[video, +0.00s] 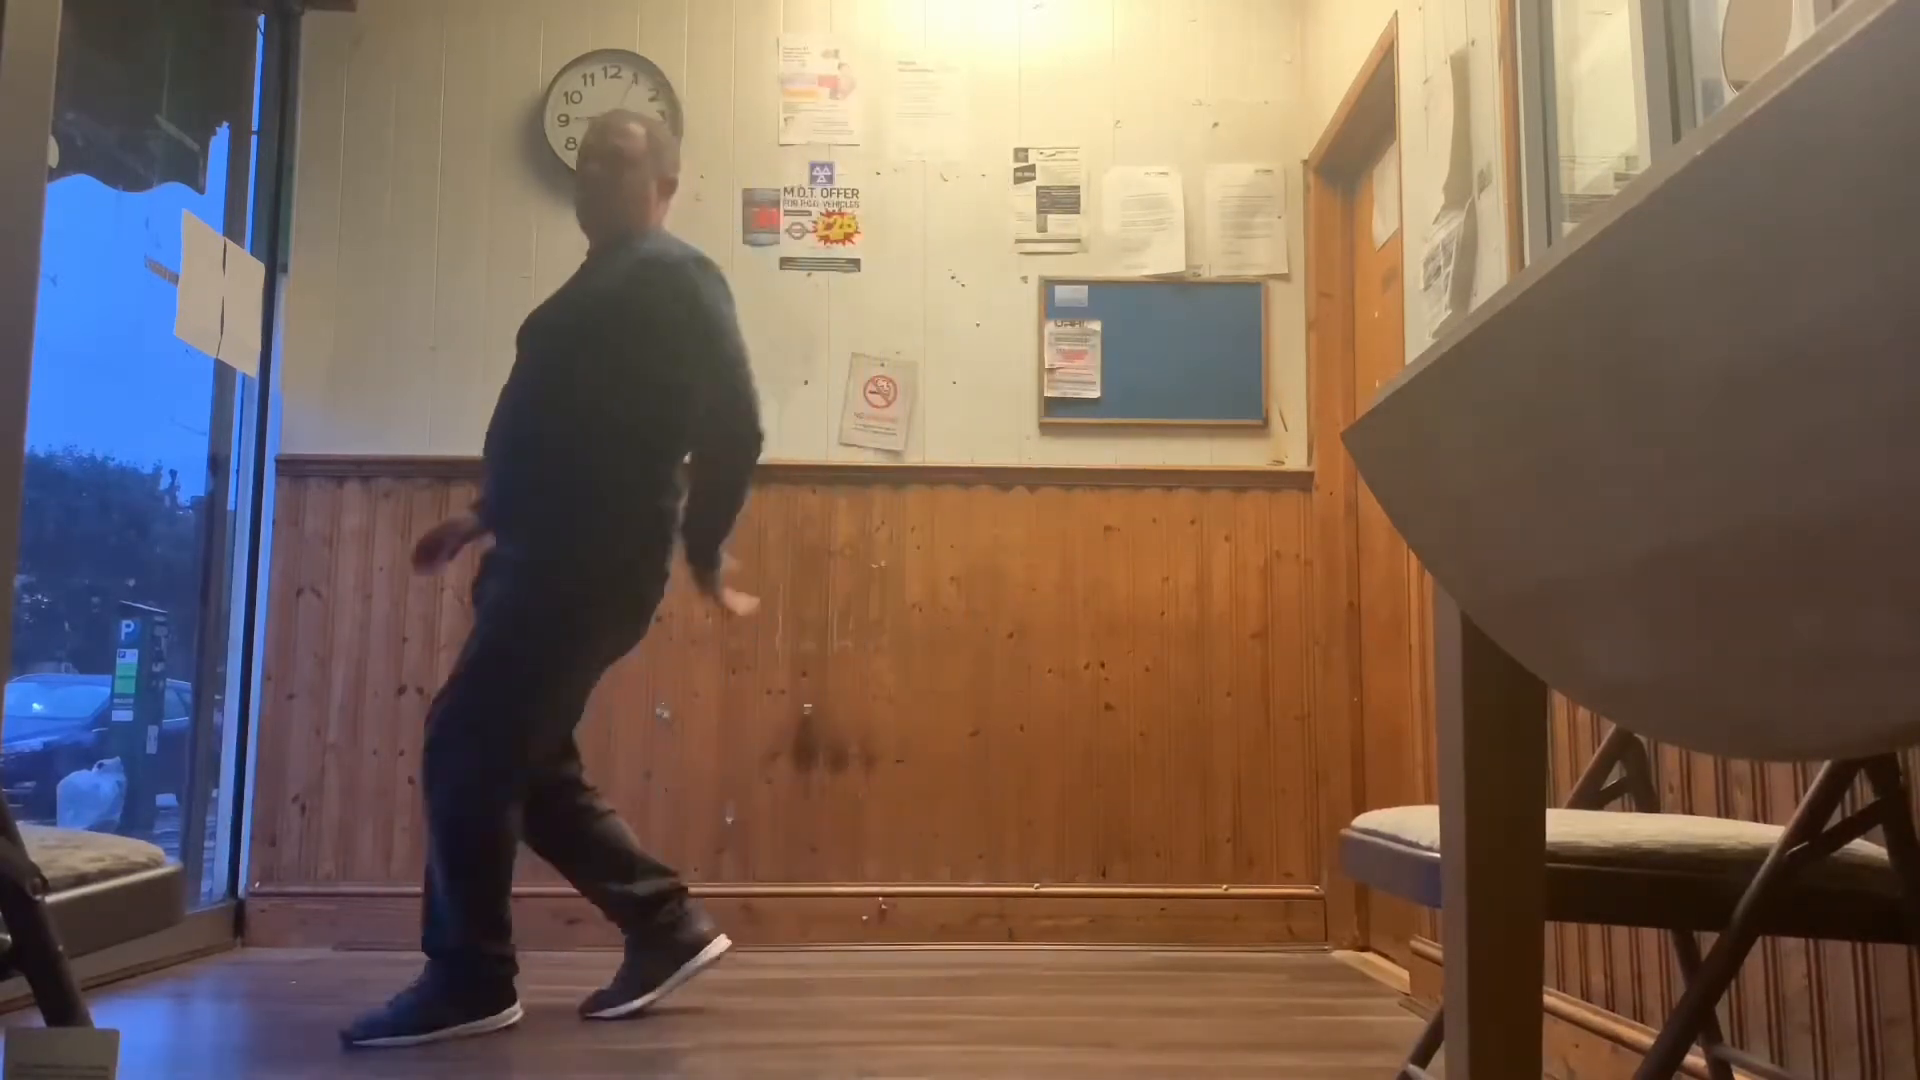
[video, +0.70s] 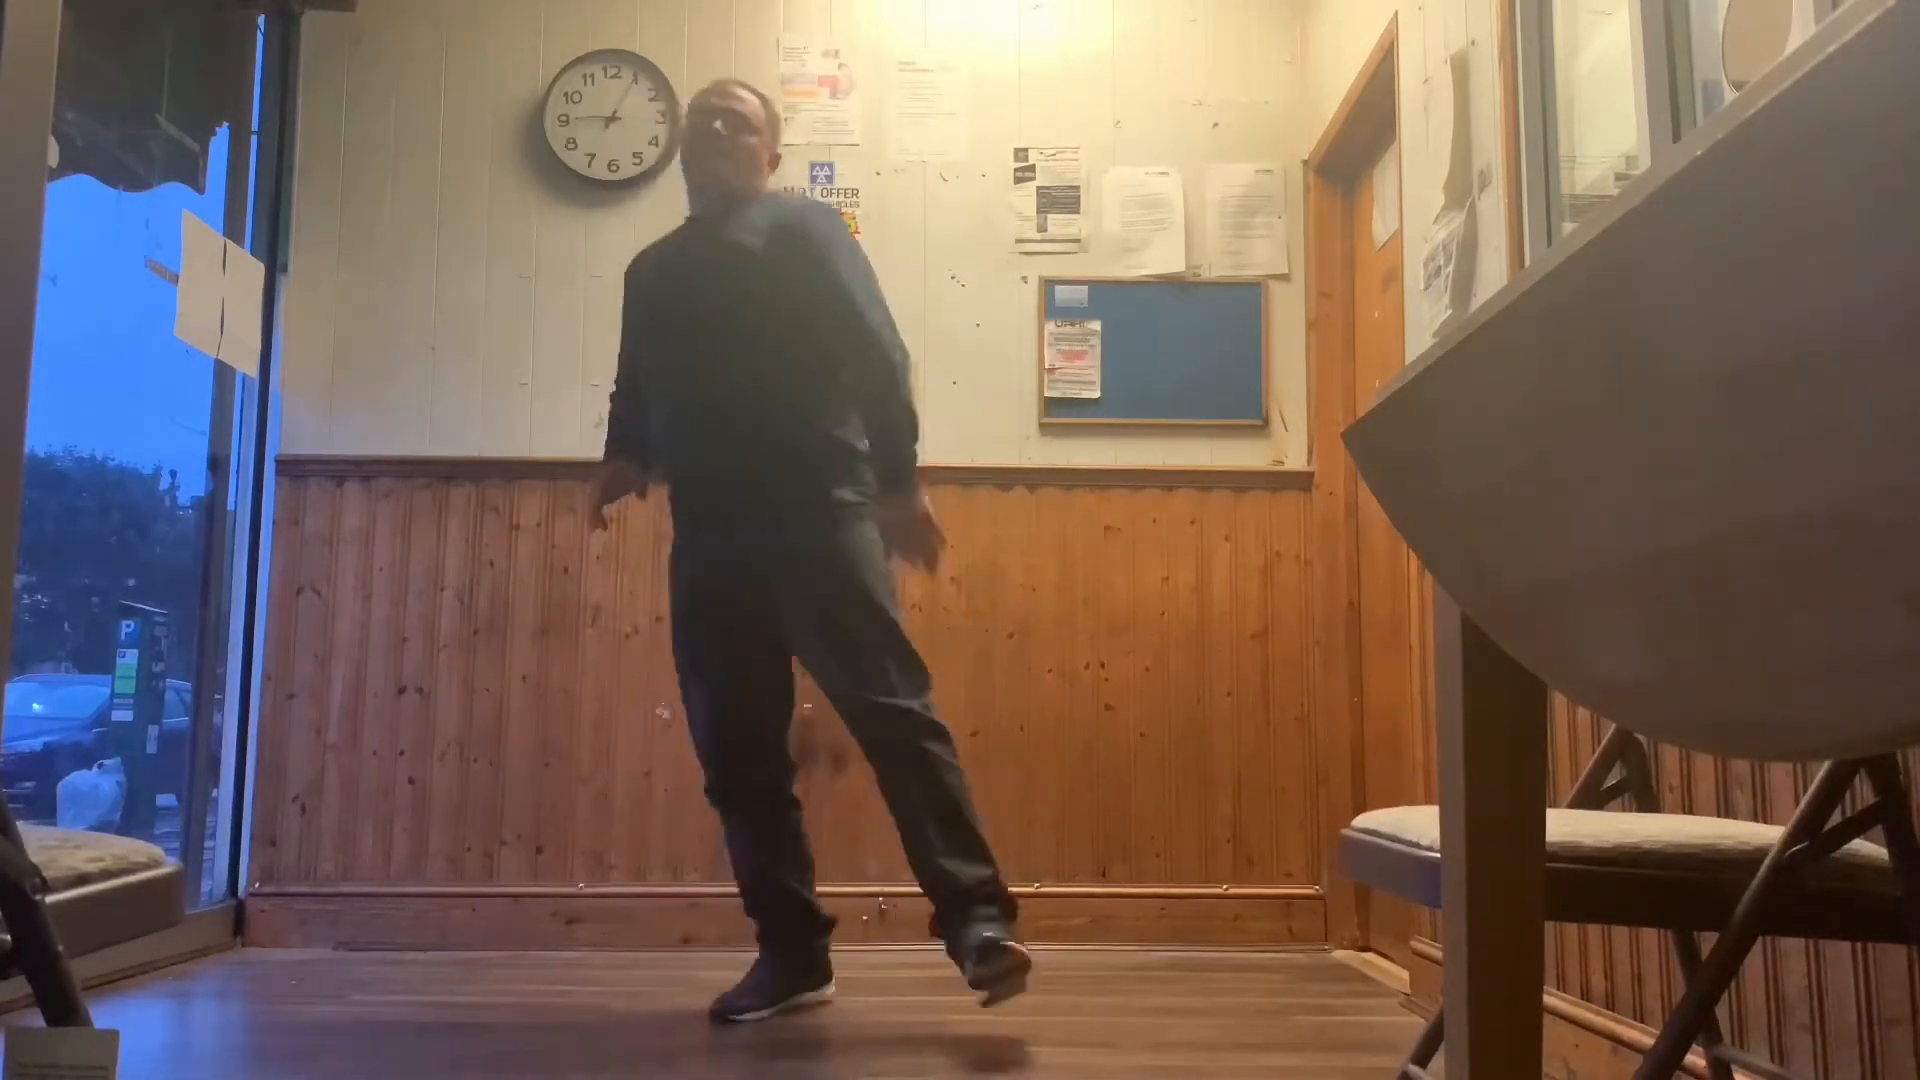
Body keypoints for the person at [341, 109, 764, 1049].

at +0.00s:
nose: (592, 181)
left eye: (613, 165)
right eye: (588, 166)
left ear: (661, 186)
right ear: (580, 181)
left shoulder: (679, 278)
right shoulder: (574, 300)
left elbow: (732, 425)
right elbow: (555, 437)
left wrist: (703, 542)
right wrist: (480, 519)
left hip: (588, 564)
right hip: (540, 562)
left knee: (465, 744)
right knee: (527, 762)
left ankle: (470, 975)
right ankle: (663, 926)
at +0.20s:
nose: (589, 159)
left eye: (611, 145)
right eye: (580, 148)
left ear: (656, 171)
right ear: (565, 176)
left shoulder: (688, 252)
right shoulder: (558, 309)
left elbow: (717, 364)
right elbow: (559, 448)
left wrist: (578, 419)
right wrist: (503, 524)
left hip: (643, 533)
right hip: (565, 539)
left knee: (525, 730)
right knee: (550, 743)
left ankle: (483, 962)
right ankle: (670, 937)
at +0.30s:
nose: (597, 169)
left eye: (620, 155)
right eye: (586, 159)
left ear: (664, 182)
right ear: (576, 191)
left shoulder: (700, 247)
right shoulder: (585, 307)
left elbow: (739, 311)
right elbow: (589, 464)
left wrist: (578, 320)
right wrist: (517, 545)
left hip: (682, 529)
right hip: (607, 540)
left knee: (578, 725)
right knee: (575, 730)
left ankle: (617, 954)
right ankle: (679, 936)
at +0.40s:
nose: (618, 177)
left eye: (641, 164)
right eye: (609, 167)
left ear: (688, 191)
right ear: (596, 193)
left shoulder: (718, 261)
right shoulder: (599, 329)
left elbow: (774, 257)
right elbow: (605, 462)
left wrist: (621, 235)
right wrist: (536, 535)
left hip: (712, 531)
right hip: (623, 549)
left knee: (653, 708)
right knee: (581, 768)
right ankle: (686, 958)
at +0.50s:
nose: (649, 141)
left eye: (669, 127)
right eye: (635, 128)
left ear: (708, 152)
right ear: (617, 157)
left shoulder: (745, 223)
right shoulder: (616, 283)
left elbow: (797, 222)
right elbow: (624, 413)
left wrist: (715, 191)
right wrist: (587, 494)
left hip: (752, 494)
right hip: (656, 516)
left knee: (743, 680)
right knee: (639, 749)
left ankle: (881, 818)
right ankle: (692, 958)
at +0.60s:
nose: (678, 108)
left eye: (701, 101)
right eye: (666, 99)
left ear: (737, 135)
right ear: (647, 132)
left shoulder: (765, 183)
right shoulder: (633, 249)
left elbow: (811, 269)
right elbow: (640, 368)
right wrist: (621, 459)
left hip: (792, 479)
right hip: (690, 499)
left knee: (835, 667)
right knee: (687, 727)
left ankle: (918, 869)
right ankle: (751, 938)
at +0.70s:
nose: (718, 128)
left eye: (739, 120)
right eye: (704, 118)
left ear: (772, 155)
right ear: (678, 149)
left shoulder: (805, 229)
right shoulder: (653, 270)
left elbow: (877, 353)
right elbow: (638, 379)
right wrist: (626, 455)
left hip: (820, 516)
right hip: (711, 529)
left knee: (893, 715)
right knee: (738, 760)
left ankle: (979, 925)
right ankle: (791, 953)